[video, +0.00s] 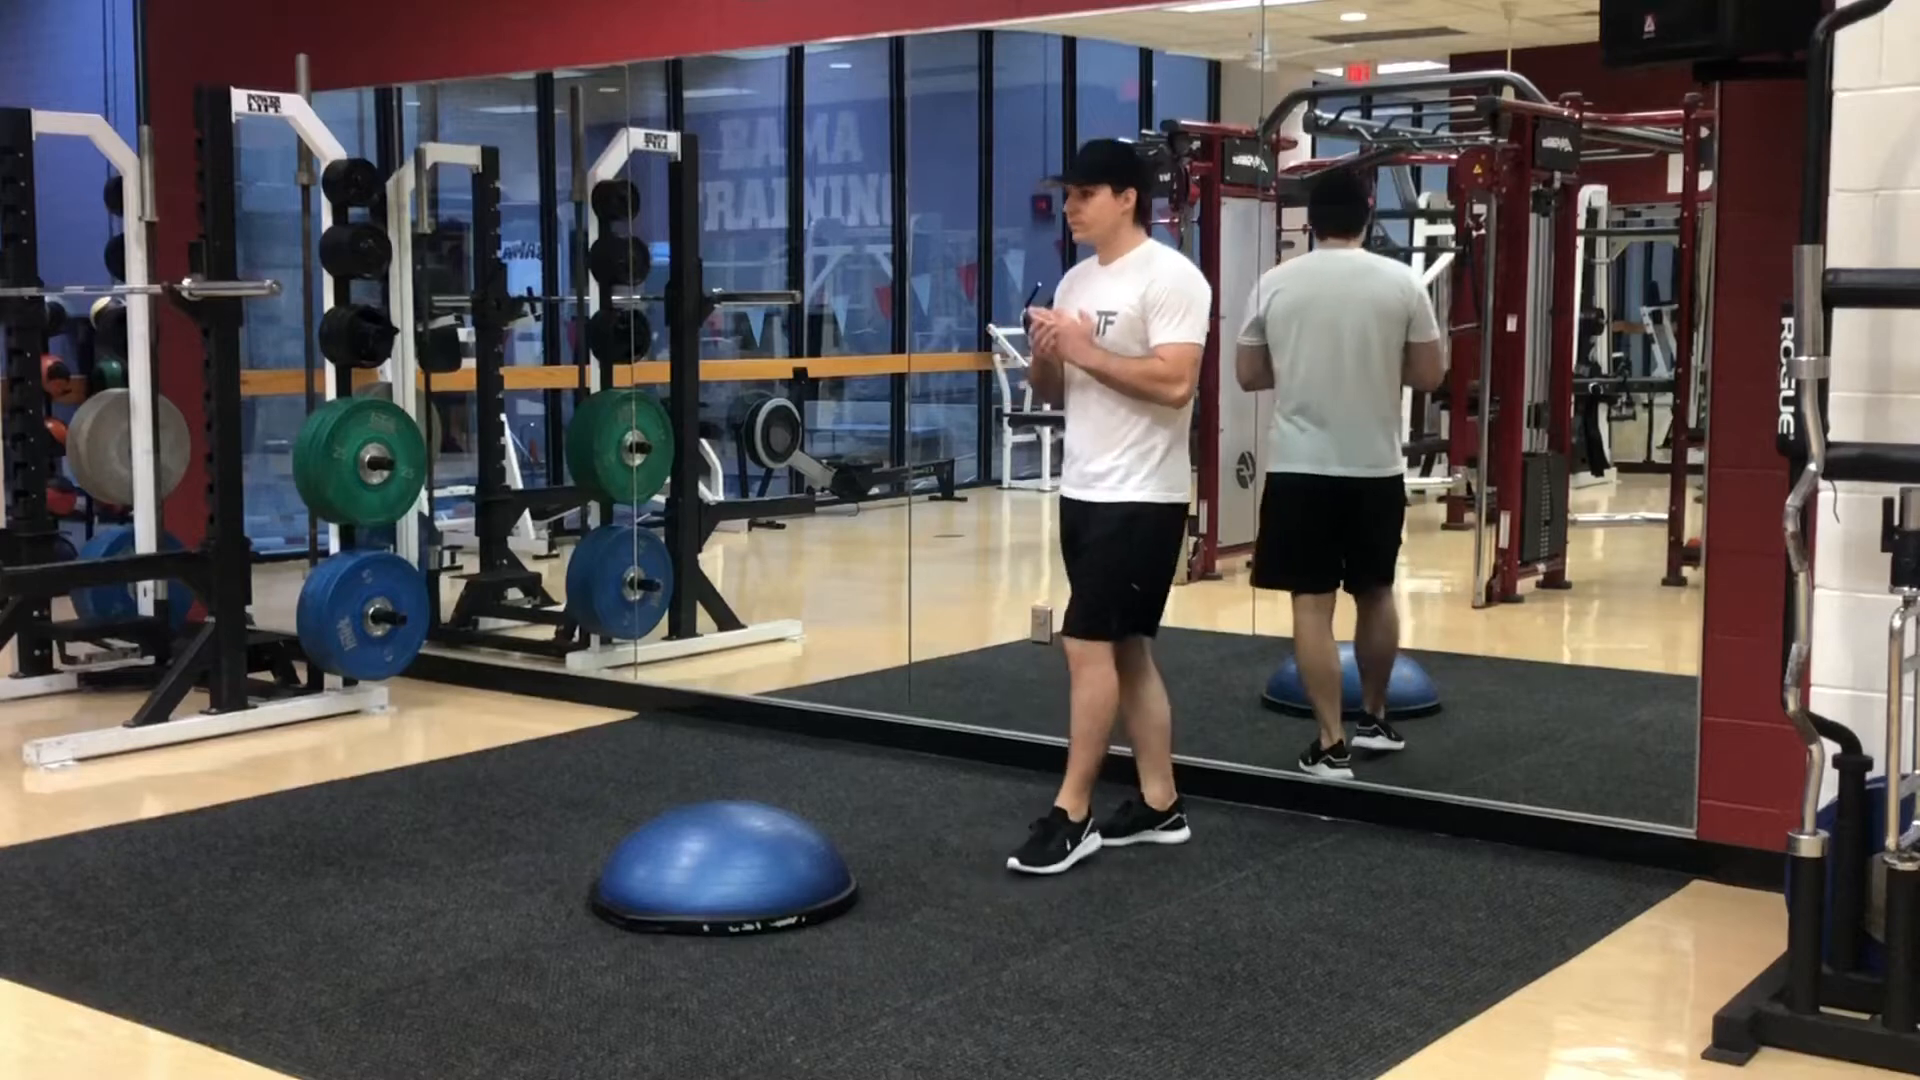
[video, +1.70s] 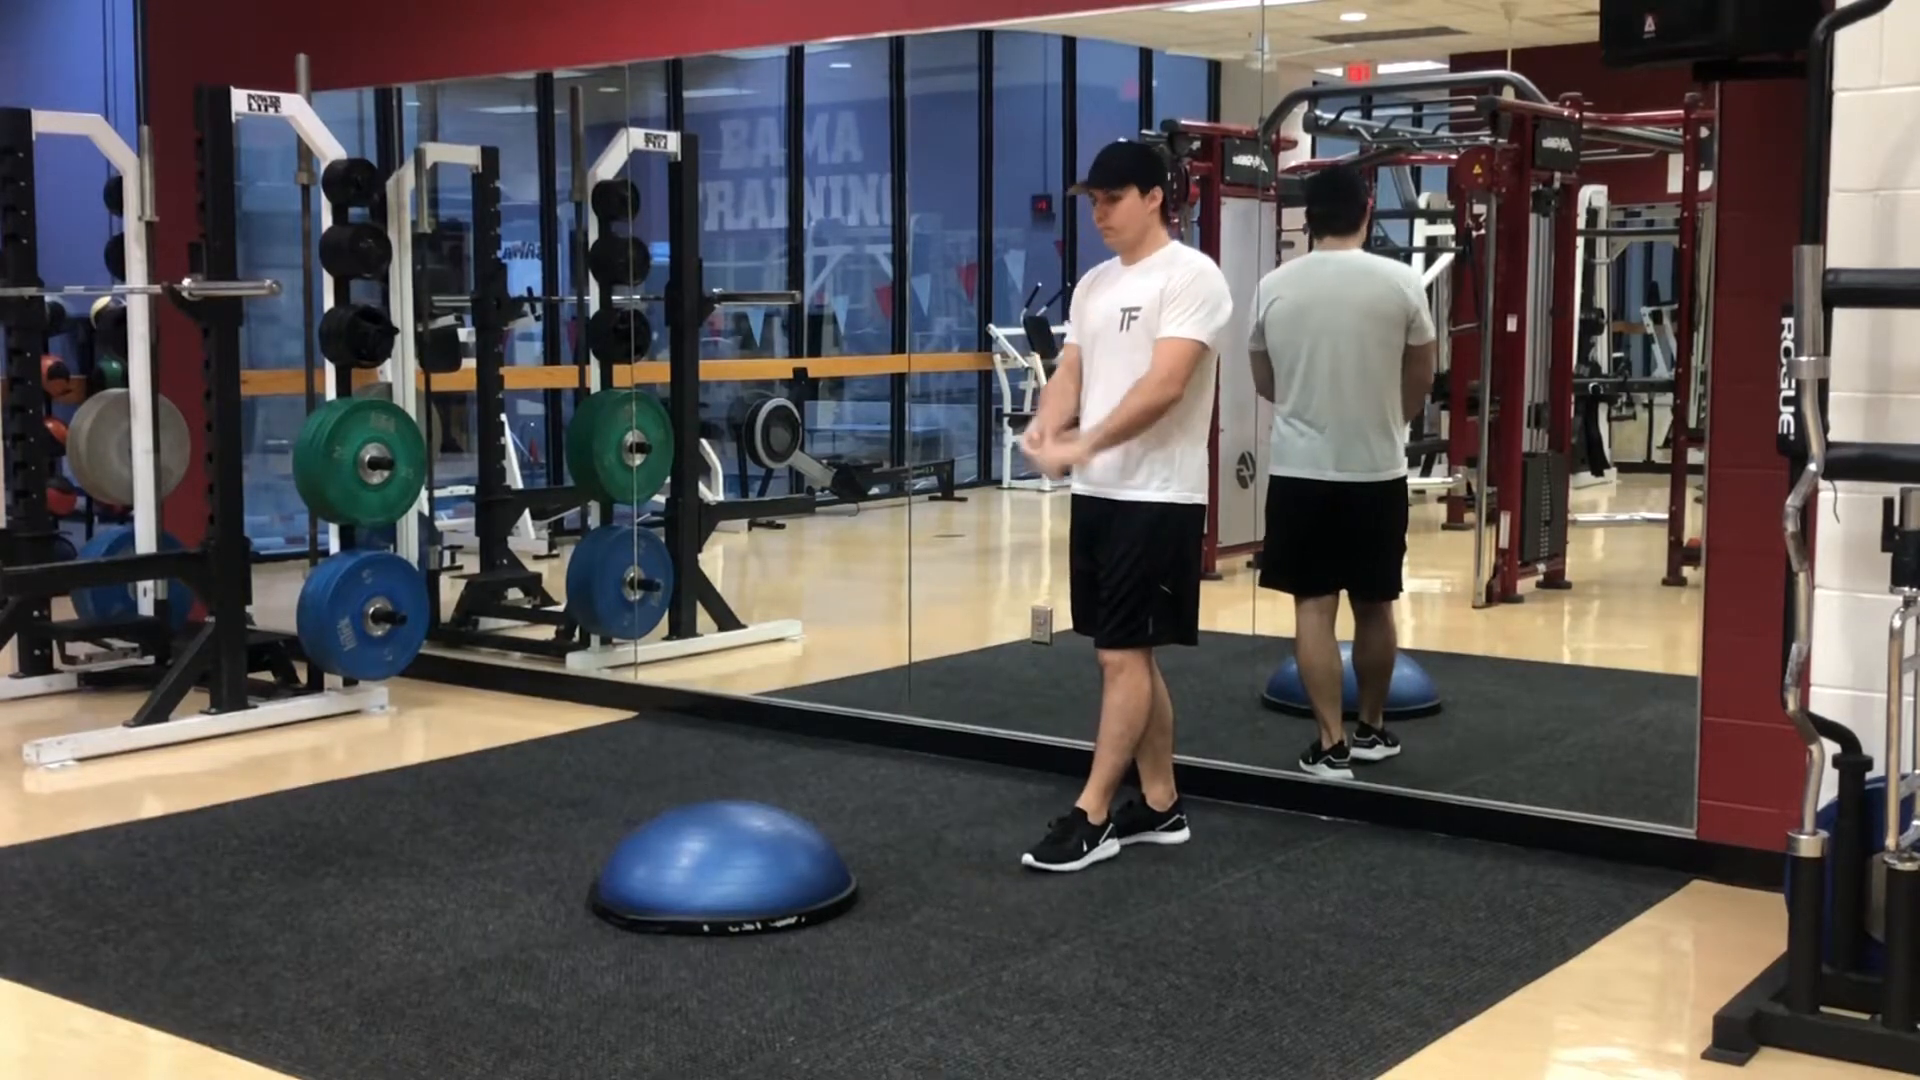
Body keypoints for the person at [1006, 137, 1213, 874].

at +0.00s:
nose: (1071, 209)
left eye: (1084, 195)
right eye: (1069, 196)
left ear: (1125, 198)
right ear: (1090, 203)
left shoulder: (1175, 277)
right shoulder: (1075, 281)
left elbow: (1175, 385)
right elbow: (1051, 393)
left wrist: (1084, 354)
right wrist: (1043, 353)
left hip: (1144, 494)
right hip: (1085, 490)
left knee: (1087, 641)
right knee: (1130, 651)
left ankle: (1071, 810)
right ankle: (1161, 803)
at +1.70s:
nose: (1100, 213)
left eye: (1112, 199)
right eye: (1095, 201)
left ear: (1154, 198)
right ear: (1096, 205)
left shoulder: (1194, 275)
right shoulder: (1092, 284)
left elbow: (1166, 384)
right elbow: (1069, 373)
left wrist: (1087, 443)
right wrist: (1044, 426)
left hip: (1158, 495)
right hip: (1097, 490)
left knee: (1121, 652)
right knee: (1126, 652)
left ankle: (1091, 813)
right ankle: (1161, 801)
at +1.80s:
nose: (1093, 224)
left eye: (1104, 209)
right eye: (1088, 212)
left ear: (1145, 202)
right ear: (1094, 212)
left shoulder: (1193, 277)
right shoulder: (1093, 286)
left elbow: (1183, 391)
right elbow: (1077, 384)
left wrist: (1133, 477)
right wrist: (1045, 450)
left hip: (1159, 495)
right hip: (1097, 489)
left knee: (1119, 652)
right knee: (1126, 653)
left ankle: (1092, 813)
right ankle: (1161, 802)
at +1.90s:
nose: (1084, 235)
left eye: (1091, 220)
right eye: (1081, 223)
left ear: (1130, 207)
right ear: (1111, 214)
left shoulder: (1189, 278)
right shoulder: (1093, 288)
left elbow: (1209, 394)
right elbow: (1079, 391)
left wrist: (1204, 497)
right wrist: (1047, 477)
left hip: (1151, 499)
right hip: (1094, 495)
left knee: (1111, 647)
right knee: (1128, 653)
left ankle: (1090, 812)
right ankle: (1161, 802)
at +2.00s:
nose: (1074, 242)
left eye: (1080, 227)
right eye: (1068, 230)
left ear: (1121, 209)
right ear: (1091, 219)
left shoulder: (1185, 278)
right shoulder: (1087, 287)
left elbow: (1230, 383)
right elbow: (1084, 391)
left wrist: (1255, 486)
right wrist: (1068, 482)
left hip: (1157, 501)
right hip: (1094, 498)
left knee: (1097, 646)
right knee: (1130, 652)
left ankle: (1087, 810)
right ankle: (1160, 803)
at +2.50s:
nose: (1027, 257)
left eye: (1033, 241)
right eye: (1019, 245)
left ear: (1075, 220)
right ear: (1042, 231)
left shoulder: (1140, 285)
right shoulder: (1035, 291)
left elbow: (1185, 393)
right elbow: (1038, 392)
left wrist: (1149, 493)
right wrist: (1005, 475)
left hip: (1117, 510)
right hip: (1057, 509)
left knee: (1077, 664)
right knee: (1105, 664)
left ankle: (1042, 822)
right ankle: (1158, 803)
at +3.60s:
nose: (969, 250)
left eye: (976, 233)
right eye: (963, 237)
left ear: (1017, 211)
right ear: (991, 220)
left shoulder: (1088, 279)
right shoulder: (978, 280)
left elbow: (1136, 392)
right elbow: (975, 377)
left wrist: (1107, 496)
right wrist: (936, 463)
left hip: (1066, 512)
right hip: (999, 509)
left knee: (1056, 668)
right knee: (999, 662)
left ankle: (1041, 824)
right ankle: (1066, 797)